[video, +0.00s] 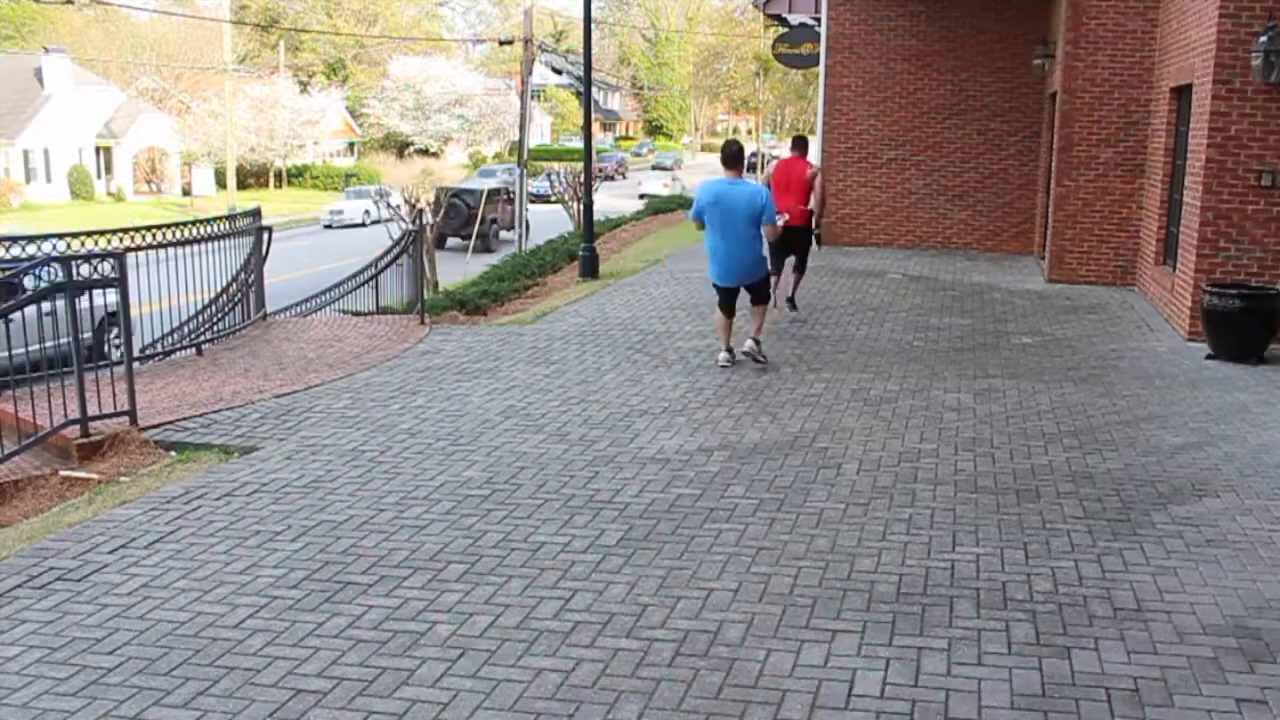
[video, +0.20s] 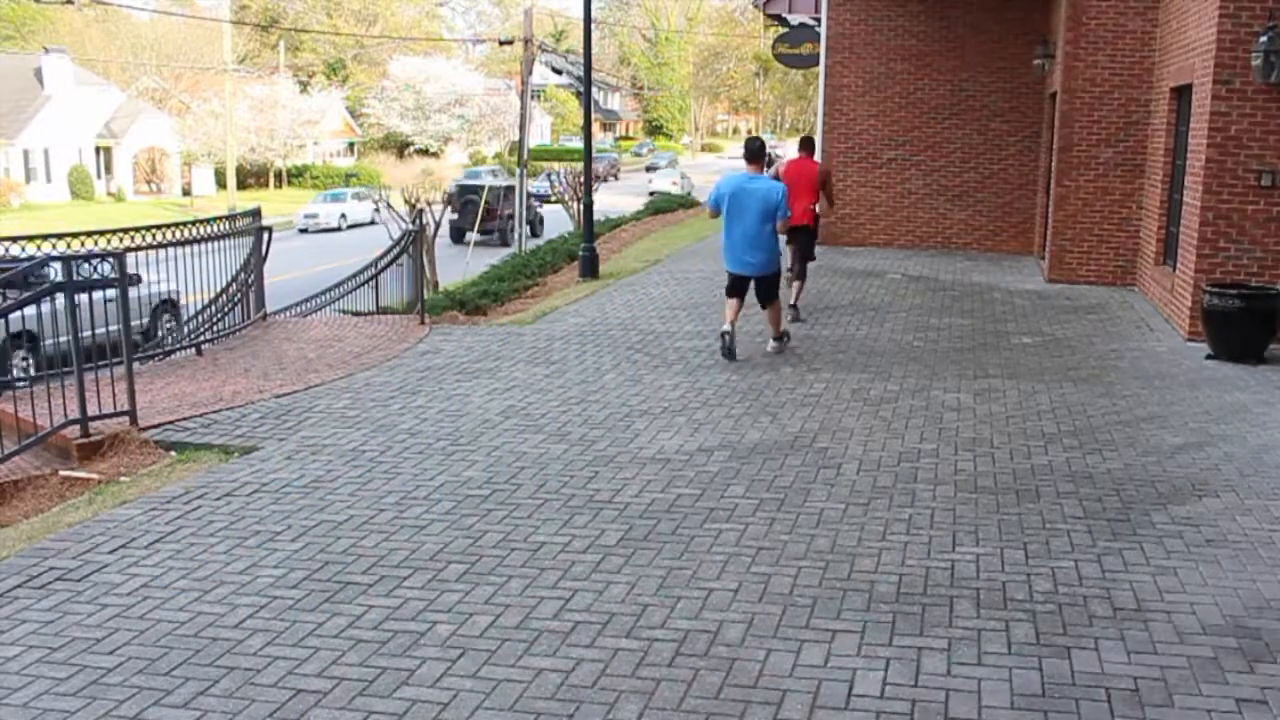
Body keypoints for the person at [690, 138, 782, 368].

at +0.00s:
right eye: (742, 159)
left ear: (721, 162)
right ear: (744, 162)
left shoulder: (707, 190)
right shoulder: (759, 193)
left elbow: (698, 223)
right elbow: (771, 234)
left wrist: (718, 216)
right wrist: (779, 226)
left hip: (721, 266)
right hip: (752, 265)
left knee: (725, 308)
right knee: (760, 298)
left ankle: (725, 350)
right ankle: (753, 338)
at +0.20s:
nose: (759, 160)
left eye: (748, 156)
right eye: (762, 156)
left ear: (743, 158)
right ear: (765, 157)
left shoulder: (727, 183)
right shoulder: (777, 189)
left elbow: (712, 212)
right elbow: (781, 227)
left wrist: (730, 198)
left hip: (736, 256)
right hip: (765, 259)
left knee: (735, 293)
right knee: (771, 299)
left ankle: (728, 325)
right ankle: (776, 337)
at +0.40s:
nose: (773, 154)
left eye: (761, 151)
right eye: (775, 150)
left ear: (756, 151)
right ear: (777, 151)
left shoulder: (744, 178)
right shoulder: (791, 181)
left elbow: (732, 209)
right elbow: (796, 217)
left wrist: (749, 200)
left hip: (752, 246)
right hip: (782, 248)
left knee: (751, 287)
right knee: (782, 292)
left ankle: (753, 321)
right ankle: (776, 328)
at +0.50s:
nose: (772, 154)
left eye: (763, 151)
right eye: (777, 150)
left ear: (759, 152)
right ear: (779, 151)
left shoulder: (747, 177)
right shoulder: (793, 180)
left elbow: (738, 206)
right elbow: (801, 215)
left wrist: (756, 202)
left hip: (758, 245)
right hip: (785, 245)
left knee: (760, 287)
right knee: (790, 278)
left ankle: (759, 323)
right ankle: (782, 310)